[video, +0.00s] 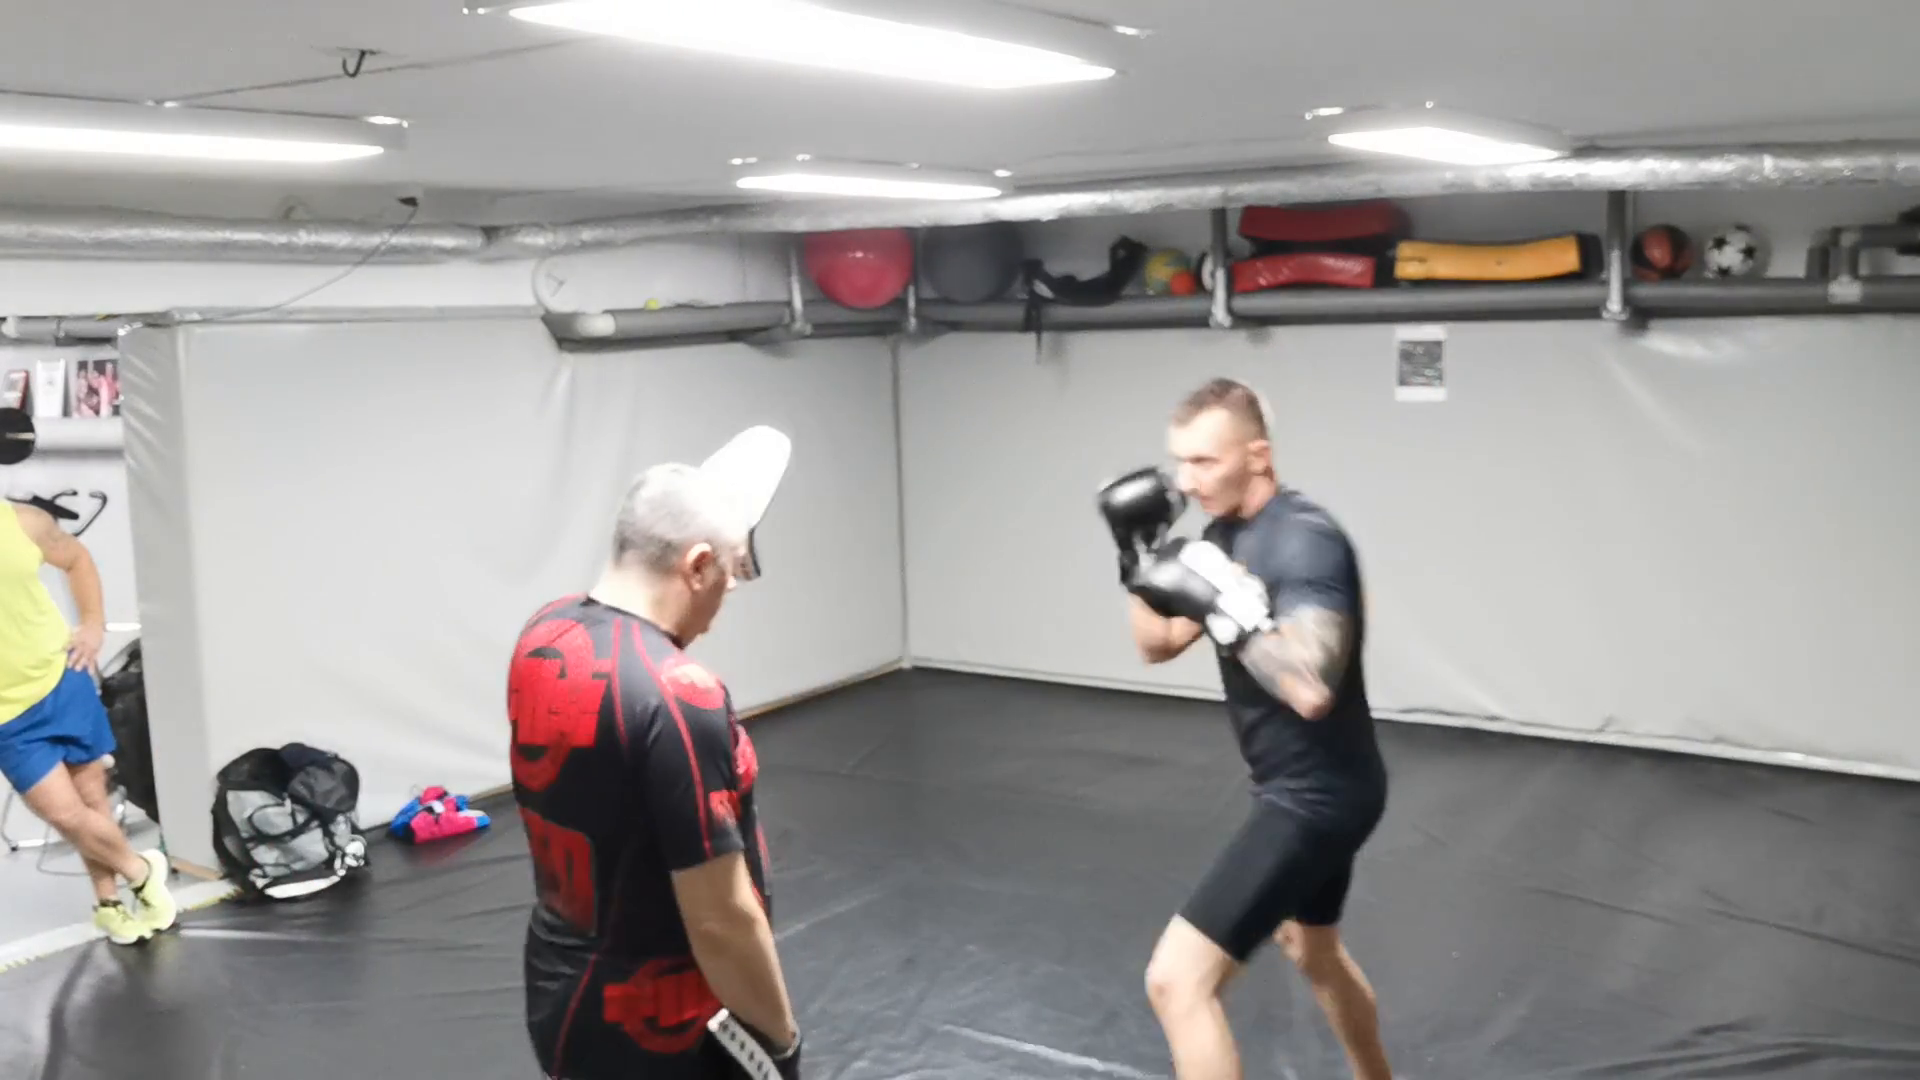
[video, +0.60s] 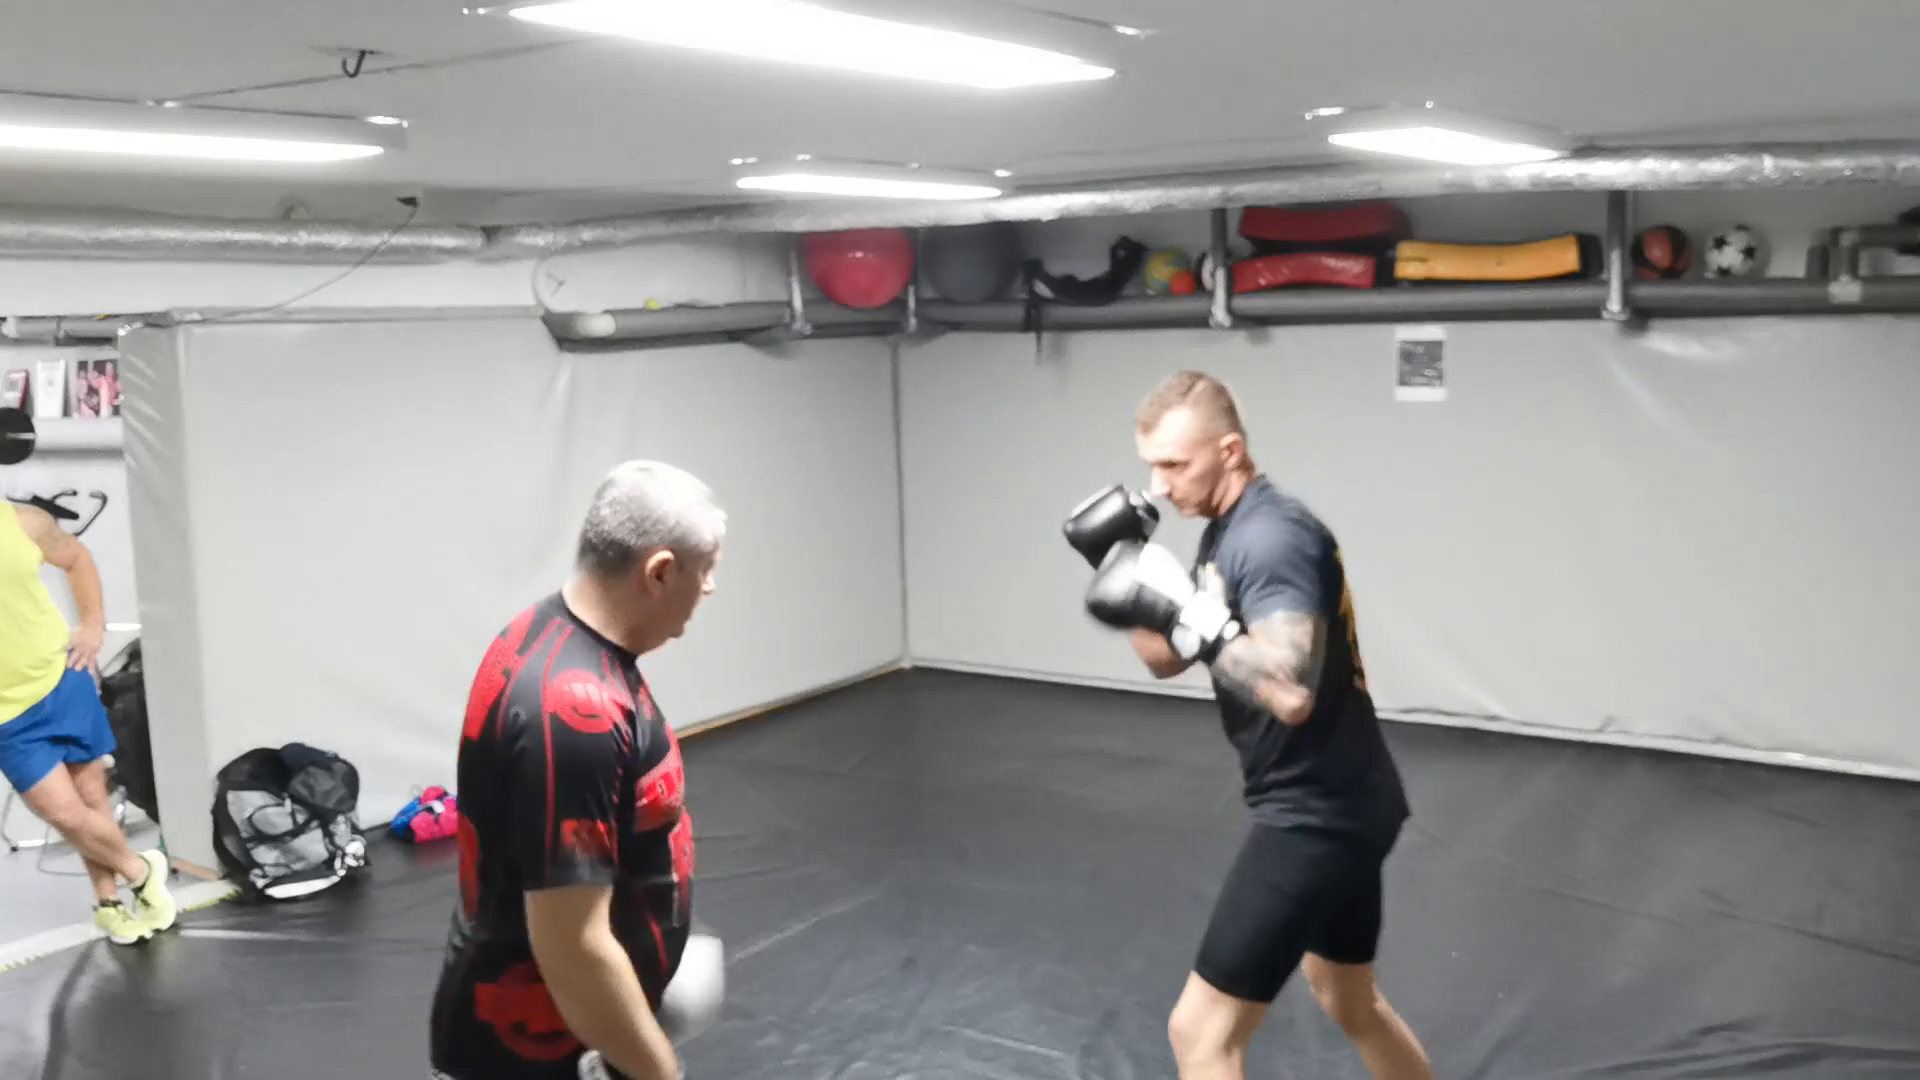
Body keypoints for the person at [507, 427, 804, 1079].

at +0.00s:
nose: (727, 595)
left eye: (736, 576)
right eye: (732, 573)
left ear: (627, 547)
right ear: (696, 565)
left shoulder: (544, 635)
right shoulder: (675, 697)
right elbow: (720, 917)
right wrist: (783, 1042)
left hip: (561, 977)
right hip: (662, 1022)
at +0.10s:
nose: (721, 587)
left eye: (726, 568)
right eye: (722, 565)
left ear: (614, 544)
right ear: (685, 560)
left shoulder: (533, 634)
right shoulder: (669, 695)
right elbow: (714, 914)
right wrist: (779, 1035)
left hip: (554, 975)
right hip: (658, 1019)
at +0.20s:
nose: (706, 579)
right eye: (706, 556)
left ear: (599, 540)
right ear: (671, 560)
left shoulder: (527, 627)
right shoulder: (649, 698)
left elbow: (678, 622)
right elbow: (698, 918)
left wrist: (751, 527)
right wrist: (762, 1031)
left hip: (547, 967)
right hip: (644, 1014)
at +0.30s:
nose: (692, 571)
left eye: (692, 556)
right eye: (690, 556)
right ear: (652, 561)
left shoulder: (525, 606)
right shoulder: (621, 712)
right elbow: (667, 933)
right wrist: (750, 1035)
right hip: (628, 1028)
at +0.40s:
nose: (696, 591)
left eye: (698, 574)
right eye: (694, 573)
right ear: (649, 571)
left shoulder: (528, 629)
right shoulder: (588, 728)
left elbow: (655, 723)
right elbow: (625, 947)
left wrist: (799, 697)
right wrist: (730, 1052)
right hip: (595, 1047)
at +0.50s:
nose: (706, 590)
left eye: (708, 573)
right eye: (702, 573)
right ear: (654, 576)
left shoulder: (550, 631)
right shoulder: (572, 720)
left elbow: (639, 782)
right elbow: (586, 948)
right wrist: (697, 1062)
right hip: (553, 1053)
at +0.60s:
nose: (709, 588)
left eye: (712, 571)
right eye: (705, 570)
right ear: (658, 572)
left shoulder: (551, 631)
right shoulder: (571, 709)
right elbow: (571, 944)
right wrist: (659, 1068)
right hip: (541, 1049)